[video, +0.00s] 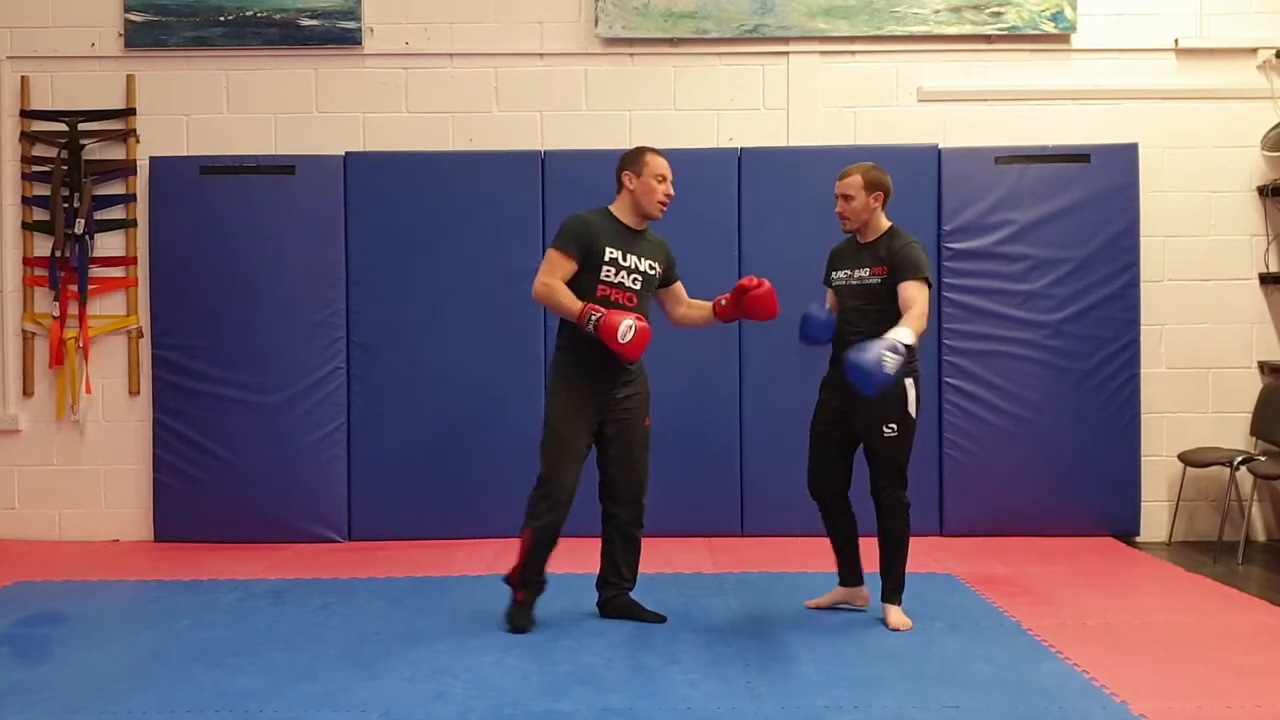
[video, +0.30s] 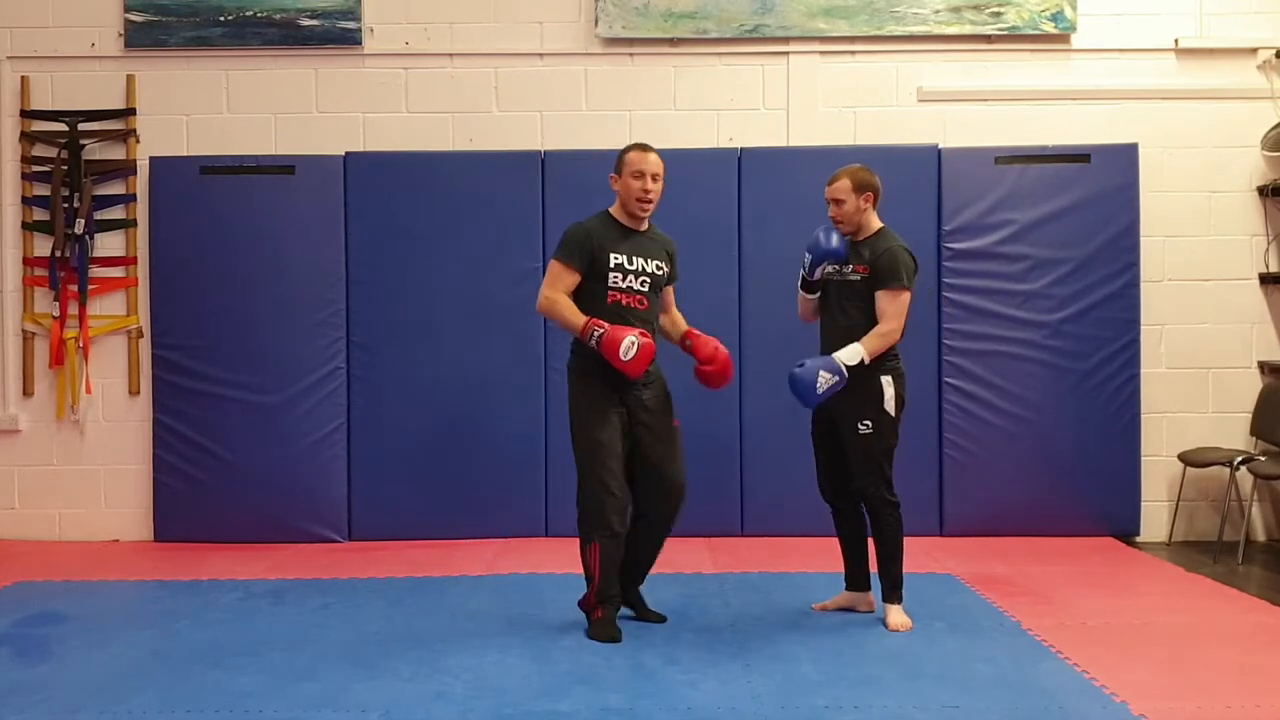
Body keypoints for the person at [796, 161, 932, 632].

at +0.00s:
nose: (838, 207)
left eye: (847, 198)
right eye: (837, 198)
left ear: (876, 200)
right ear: (853, 201)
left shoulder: (904, 250)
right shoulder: (839, 253)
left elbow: (917, 314)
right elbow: (831, 311)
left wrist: (892, 343)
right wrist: (819, 323)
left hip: (888, 383)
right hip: (840, 381)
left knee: (888, 490)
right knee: (825, 484)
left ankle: (892, 602)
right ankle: (851, 586)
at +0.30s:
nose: (832, 212)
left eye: (839, 203)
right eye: (829, 204)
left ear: (867, 200)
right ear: (832, 204)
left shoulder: (891, 253)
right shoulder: (834, 249)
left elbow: (890, 329)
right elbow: (808, 314)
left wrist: (838, 364)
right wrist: (812, 273)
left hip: (874, 381)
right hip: (834, 380)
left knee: (875, 489)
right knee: (838, 489)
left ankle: (893, 601)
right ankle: (856, 591)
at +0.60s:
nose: (821, 219)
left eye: (827, 210)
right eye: (817, 210)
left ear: (855, 205)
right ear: (819, 210)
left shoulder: (881, 254)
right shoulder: (825, 252)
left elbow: (895, 328)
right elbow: (806, 319)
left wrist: (841, 363)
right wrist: (805, 278)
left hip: (867, 381)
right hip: (830, 380)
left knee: (861, 486)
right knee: (838, 487)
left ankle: (896, 595)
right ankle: (857, 591)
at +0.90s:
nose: (827, 218)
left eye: (833, 209)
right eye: (823, 210)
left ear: (860, 204)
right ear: (827, 210)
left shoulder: (883, 253)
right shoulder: (837, 254)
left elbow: (896, 326)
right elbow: (817, 325)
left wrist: (839, 359)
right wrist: (812, 287)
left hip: (870, 383)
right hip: (838, 382)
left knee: (871, 492)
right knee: (844, 491)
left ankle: (906, 606)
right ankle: (859, 592)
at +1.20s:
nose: (839, 215)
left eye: (845, 206)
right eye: (837, 207)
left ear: (873, 201)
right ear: (860, 204)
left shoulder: (895, 254)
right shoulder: (858, 253)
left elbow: (895, 324)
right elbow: (844, 327)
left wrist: (839, 360)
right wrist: (826, 292)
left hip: (884, 383)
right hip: (854, 381)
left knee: (890, 496)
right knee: (834, 485)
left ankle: (909, 613)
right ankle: (861, 587)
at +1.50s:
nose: (822, 233)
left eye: (824, 223)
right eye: (819, 225)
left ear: (849, 212)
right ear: (842, 215)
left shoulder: (889, 264)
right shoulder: (845, 266)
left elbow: (895, 337)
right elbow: (843, 326)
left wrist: (840, 372)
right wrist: (812, 297)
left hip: (881, 389)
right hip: (849, 389)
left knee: (881, 495)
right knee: (833, 482)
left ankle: (910, 611)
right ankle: (866, 579)